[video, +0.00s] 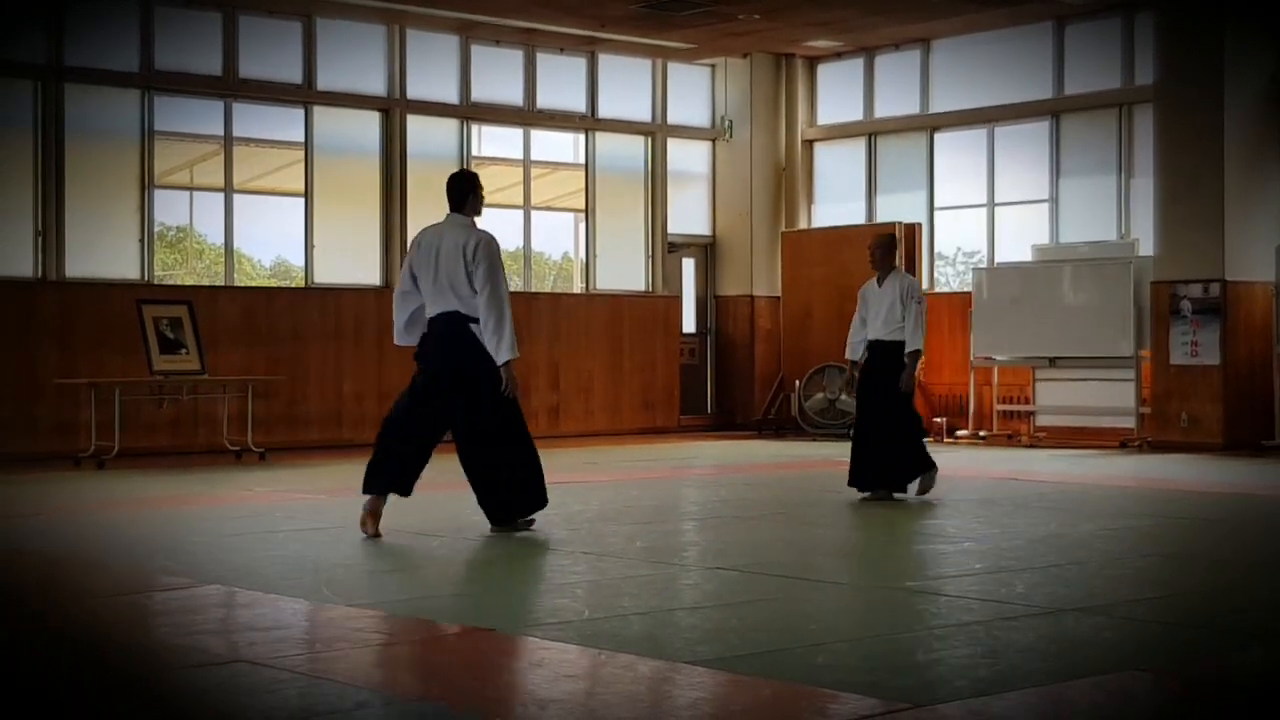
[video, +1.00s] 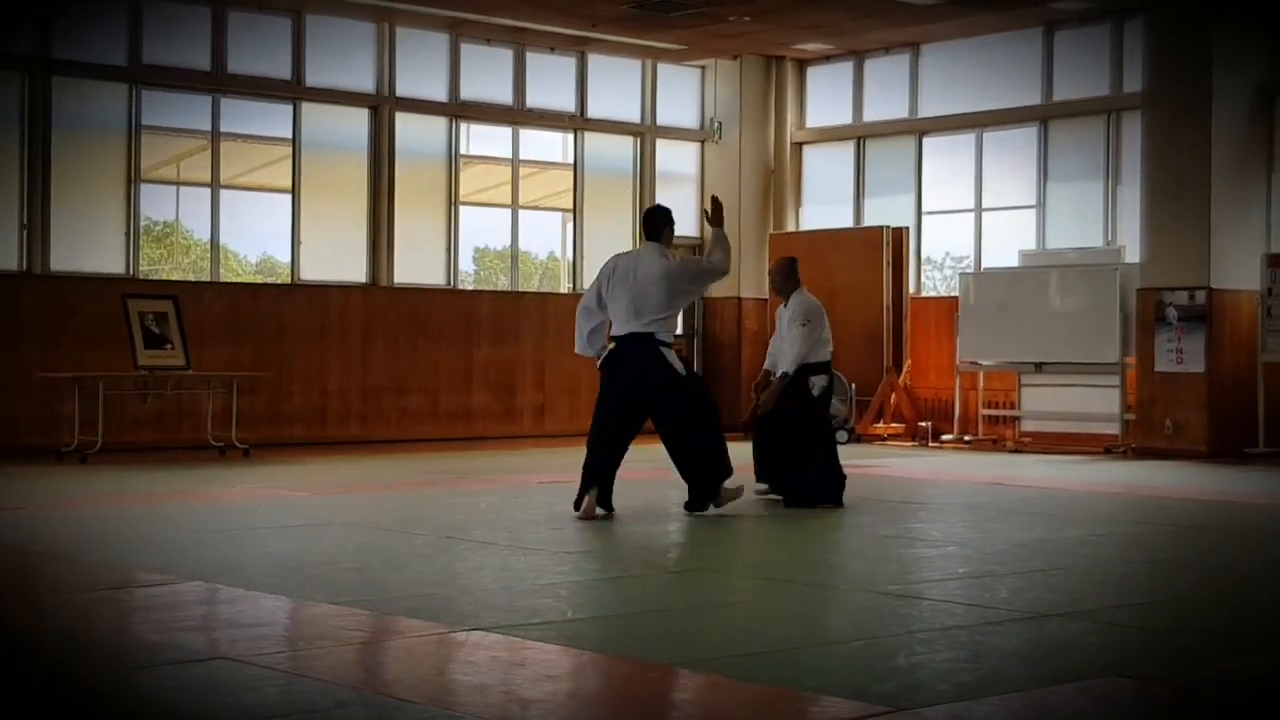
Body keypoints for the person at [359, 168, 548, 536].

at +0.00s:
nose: (484, 201)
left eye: (482, 195)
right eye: (482, 195)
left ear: (449, 199)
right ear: (474, 199)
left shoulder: (424, 239)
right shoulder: (481, 241)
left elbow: (406, 296)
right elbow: (493, 304)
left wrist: (422, 332)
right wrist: (505, 359)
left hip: (436, 343)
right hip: (473, 343)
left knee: (412, 419)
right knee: (490, 426)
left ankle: (378, 493)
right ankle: (504, 511)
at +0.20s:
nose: (525, 196)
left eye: (523, 191)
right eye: (523, 191)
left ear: (491, 195)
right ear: (517, 195)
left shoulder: (464, 233)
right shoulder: (525, 235)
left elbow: (444, 286)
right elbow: (543, 295)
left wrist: (462, 327)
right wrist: (561, 346)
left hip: (476, 332)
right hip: (512, 333)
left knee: (485, 410)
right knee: (517, 418)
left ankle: (472, 486)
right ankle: (506, 513)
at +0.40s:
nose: (561, 204)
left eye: (558, 198)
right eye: (559, 199)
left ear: (528, 202)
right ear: (553, 201)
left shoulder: (501, 239)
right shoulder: (560, 240)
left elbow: (479, 289)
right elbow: (580, 296)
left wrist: (496, 330)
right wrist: (605, 343)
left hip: (509, 337)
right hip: (543, 336)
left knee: (543, 419)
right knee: (532, 423)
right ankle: (507, 513)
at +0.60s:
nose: (597, 212)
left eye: (595, 207)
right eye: (595, 207)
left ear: (566, 211)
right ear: (589, 211)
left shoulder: (540, 248)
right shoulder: (600, 250)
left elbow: (520, 298)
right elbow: (621, 304)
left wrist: (536, 336)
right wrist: (646, 341)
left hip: (549, 341)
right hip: (583, 341)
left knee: (589, 419)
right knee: (559, 422)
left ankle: (597, 495)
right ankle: (519, 498)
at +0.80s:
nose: (634, 217)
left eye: (631, 212)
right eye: (632, 212)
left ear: (604, 216)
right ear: (627, 216)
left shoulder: (576, 251)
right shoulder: (635, 253)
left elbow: (556, 301)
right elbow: (663, 298)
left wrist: (569, 338)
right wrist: (687, 324)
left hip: (585, 345)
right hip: (622, 345)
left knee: (594, 417)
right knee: (650, 417)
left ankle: (598, 498)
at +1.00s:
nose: (672, 235)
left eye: (667, 230)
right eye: (671, 230)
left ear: (642, 232)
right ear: (669, 232)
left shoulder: (616, 264)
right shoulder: (676, 266)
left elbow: (588, 310)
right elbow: (719, 264)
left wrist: (599, 351)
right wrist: (718, 229)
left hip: (620, 356)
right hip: (659, 357)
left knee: (609, 428)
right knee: (693, 420)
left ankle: (593, 493)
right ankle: (710, 490)